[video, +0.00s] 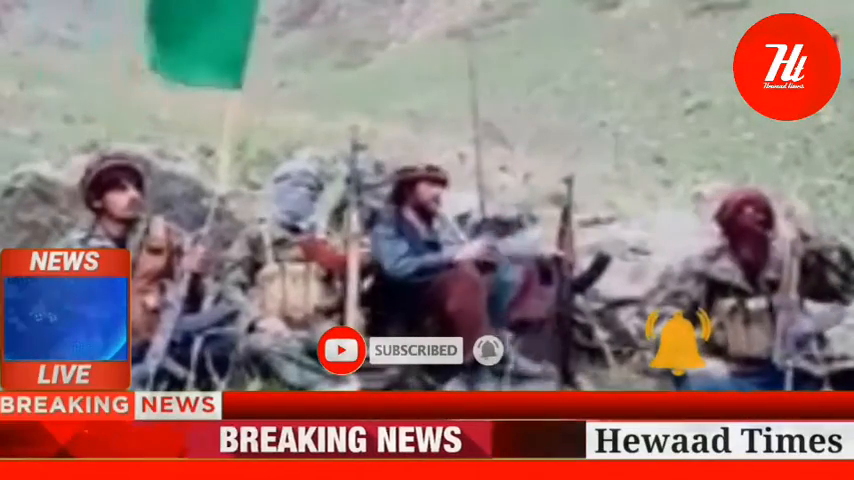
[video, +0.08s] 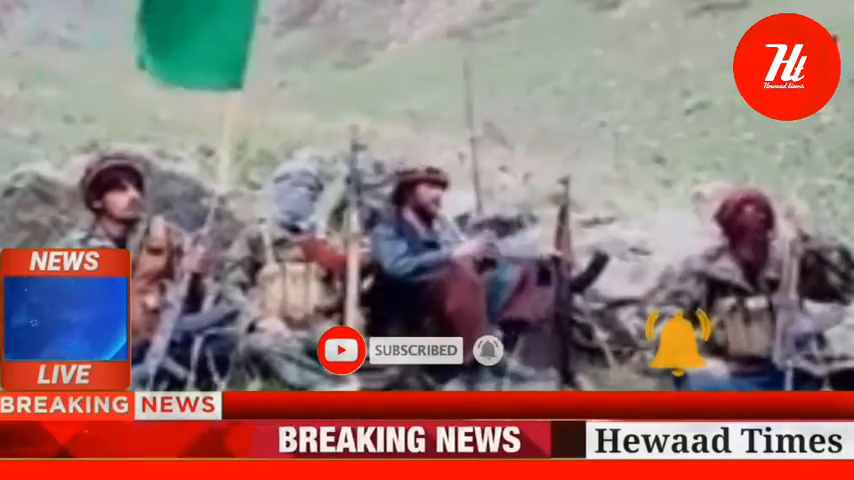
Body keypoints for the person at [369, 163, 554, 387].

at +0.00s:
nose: (439, 193)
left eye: (441, 187)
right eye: (431, 185)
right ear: (411, 188)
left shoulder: (440, 223)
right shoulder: (389, 225)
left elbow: (461, 248)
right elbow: (397, 267)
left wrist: (479, 253)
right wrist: (454, 256)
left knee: (511, 275)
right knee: (463, 279)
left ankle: (501, 346)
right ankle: (478, 367)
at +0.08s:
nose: (439, 195)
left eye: (441, 188)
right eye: (431, 186)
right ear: (411, 190)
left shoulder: (441, 225)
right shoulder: (388, 228)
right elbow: (397, 267)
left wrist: (479, 250)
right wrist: (455, 254)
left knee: (513, 274)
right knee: (459, 278)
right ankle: (477, 366)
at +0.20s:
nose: (439, 198)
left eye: (441, 192)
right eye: (432, 189)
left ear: (441, 198)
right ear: (410, 193)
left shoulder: (443, 230)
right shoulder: (386, 231)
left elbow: (479, 264)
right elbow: (395, 265)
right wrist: (452, 250)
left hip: (455, 300)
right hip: (408, 313)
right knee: (459, 276)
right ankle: (477, 364)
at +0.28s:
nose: (440, 198)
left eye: (442, 192)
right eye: (433, 190)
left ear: (442, 197)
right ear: (411, 193)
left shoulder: (441, 231)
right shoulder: (387, 232)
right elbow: (393, 264)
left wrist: (535, 270)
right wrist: (448, 245)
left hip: (450, 304)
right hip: (405, 313)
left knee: (515, 276)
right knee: (457, 273)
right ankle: (480, 358)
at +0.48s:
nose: (441, 197)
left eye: (443, 192)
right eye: (433, 189)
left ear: (444, 198)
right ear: (413, 193)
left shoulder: (446, 231)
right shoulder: (389, 234)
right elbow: (392, 269)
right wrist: (451, 247)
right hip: (403, 321)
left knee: (522, 278)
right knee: (454, 265)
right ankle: (489, 340)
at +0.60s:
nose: (443, 194)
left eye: (446, 188)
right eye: (435, 185)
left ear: (447, 194)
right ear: (414, 191)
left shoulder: (451, 228)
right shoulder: (392, 231)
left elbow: (479, 272)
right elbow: (389, 271)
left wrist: (476, 252)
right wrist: (446, 257)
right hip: (405, 321)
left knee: (516, 284)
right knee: (446, 279)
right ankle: (490, 341)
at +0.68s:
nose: (446, 191)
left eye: (449, 185)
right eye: (438, 183)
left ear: (450, 191)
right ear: (418, 187)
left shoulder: (451, 229)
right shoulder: (393, 228)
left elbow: (481, 272)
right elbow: (388, 274)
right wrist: (444, 263)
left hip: (450, 302)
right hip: (406, 311)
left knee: (519, 302)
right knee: (444, 284)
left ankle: (479, 358)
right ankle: (479, 353)